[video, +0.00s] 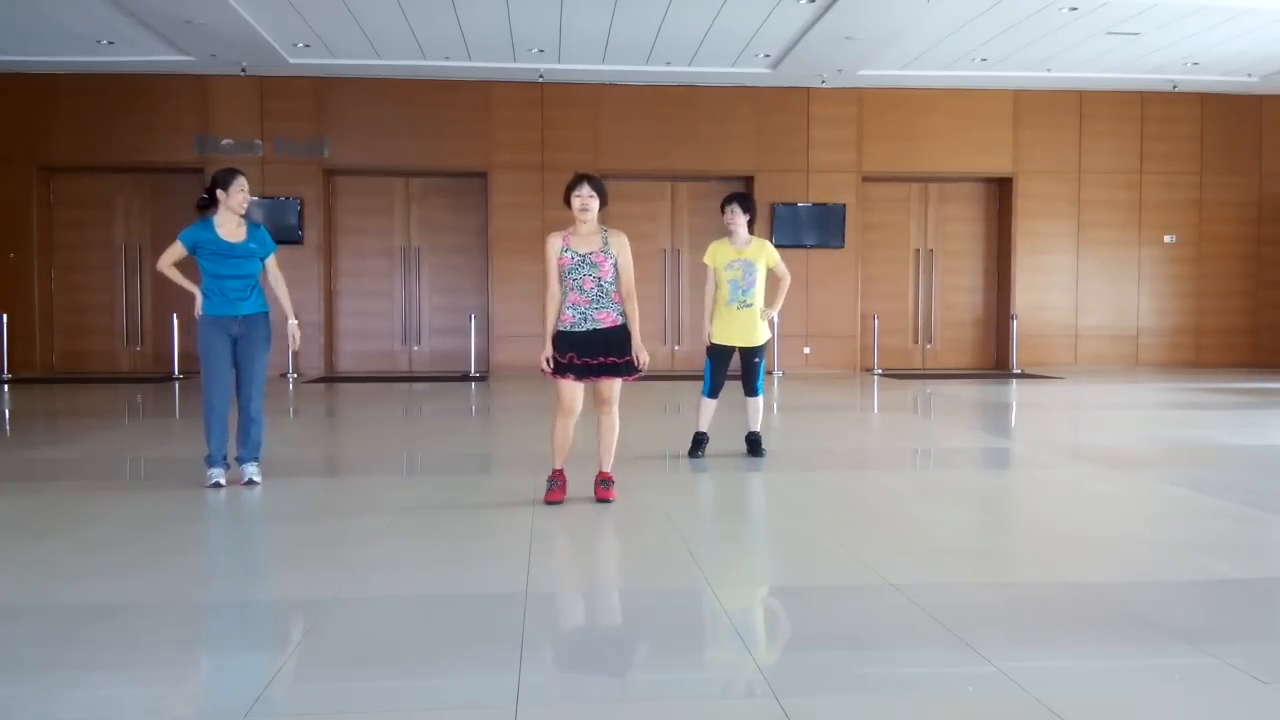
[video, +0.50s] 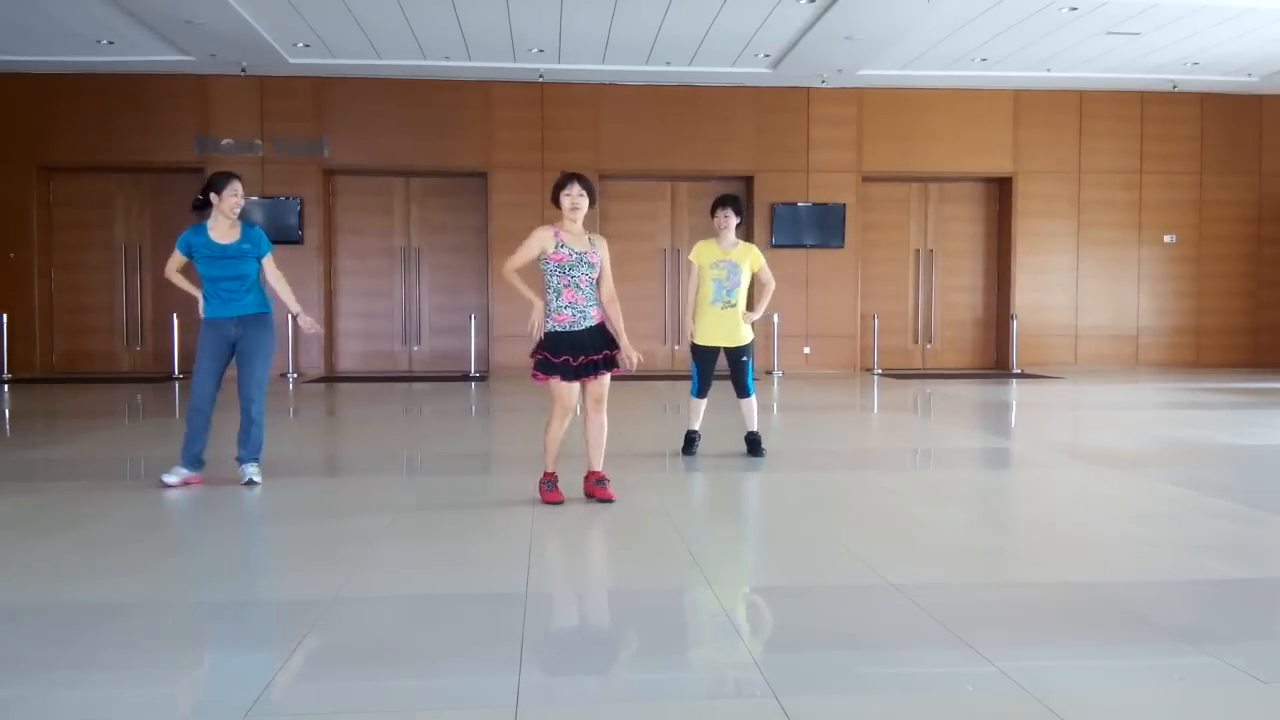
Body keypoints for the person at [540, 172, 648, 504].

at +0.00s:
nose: (584, 201)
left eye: (591, 196)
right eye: (578, 196)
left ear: (601, 201)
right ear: (569, 202)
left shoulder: (618, 240)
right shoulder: (557, 242)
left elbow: (629, 293)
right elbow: (553, 295)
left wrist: (636, 339)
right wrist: (548, 341)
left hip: (611, 335)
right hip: (569, 335)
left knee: (607, 406)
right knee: (569, 409)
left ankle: (605, 476)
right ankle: (557, 474)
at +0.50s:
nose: (575, 200)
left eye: (581, 195)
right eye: (568, 195)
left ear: (590, 201)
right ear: (558, 201)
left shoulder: (598, 243)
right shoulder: (545, 237)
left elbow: (609, 297)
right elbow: (508, 269)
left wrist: (624, 343)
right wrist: (536, 301)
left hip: (596, 333)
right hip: (559, 335)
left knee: (598, 405)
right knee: (565, 406)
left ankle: (596, 476)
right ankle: (549, 477)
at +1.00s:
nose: (567, 205)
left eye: (574, 200)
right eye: (561, 200)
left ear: (584, 206)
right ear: (551, 206)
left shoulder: (599, 246)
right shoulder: (539, 243)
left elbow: (608, 298)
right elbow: (494, 267)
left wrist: (615, 344)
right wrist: (524, 288)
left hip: (584, 339)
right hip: (545, 337)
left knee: (594, 411)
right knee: (545, 404)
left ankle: (600, 475)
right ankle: (545, 477)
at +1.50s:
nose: (580, 202)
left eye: (586, 197)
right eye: (573, 196)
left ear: (595, 203)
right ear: (564, 203)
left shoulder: (610, 241)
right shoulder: (550, 240)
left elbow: (622, 292)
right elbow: (511, 276)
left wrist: (634, 341)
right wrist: (541, 312)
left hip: (609, 333)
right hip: (569, 335)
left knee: (606, 405)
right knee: (570, 408)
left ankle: (604, 476)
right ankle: (557, 476)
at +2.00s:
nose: (578, 203)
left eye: (583, 198)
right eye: (570, 198)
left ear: (592, 205)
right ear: (560, 205)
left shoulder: (597, 247)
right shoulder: (554, 237)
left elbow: (610, 296)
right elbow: (518, 271)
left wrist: (629, 342)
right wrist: (547, 308)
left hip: (601, 334)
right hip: (567, 336)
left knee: (599, 406)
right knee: (577, 409)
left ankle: (602, 476)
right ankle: (549, 477)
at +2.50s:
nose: (565, 200)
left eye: (570, 196)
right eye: (558, 196)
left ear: (580, 203)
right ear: (548, 203)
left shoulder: (590, 245)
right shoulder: (534, 237)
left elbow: (598, 298)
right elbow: (494, 264)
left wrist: (605, 343)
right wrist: (526, 285)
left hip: (574, 333)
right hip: (537, 332)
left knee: (589, 405)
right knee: (541, 404)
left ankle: (597, 477)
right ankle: (544, 477)